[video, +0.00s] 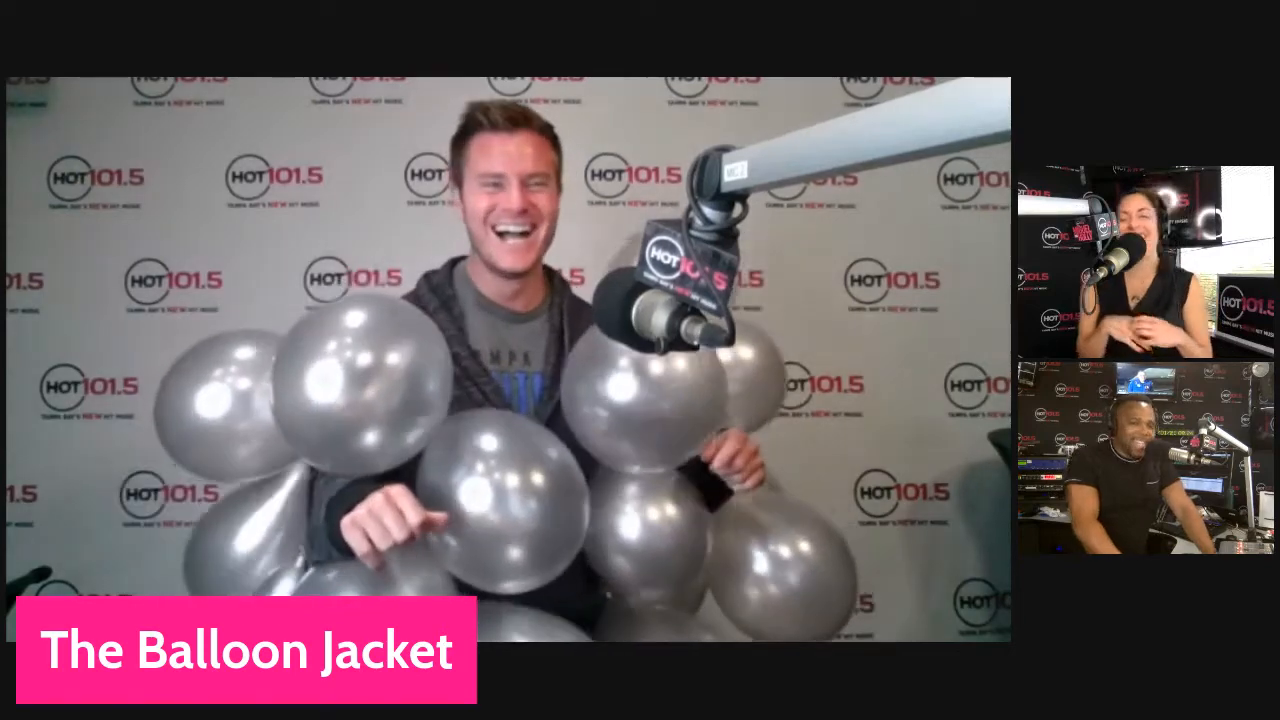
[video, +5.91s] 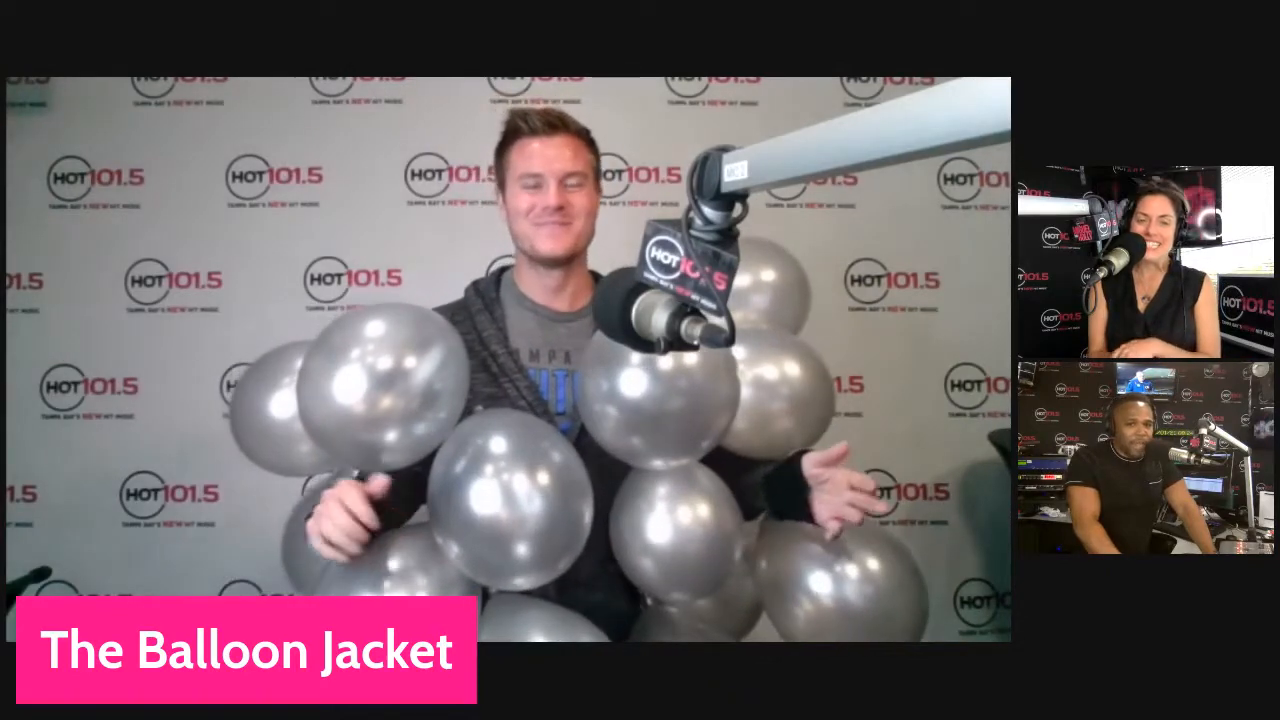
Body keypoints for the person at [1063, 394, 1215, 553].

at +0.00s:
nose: (1144, 432)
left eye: (1150, 425)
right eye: (1134, 423)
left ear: (1155, 430)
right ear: (1113, 428)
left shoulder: (1156, 457)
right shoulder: (1087, 459)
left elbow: (1184, 509)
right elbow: (1085, 525)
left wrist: (1210, 552)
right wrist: (1120, 561)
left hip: (1140, 555)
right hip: (1095, 557)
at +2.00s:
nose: (1144, 432)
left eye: (1150, 425)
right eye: (1134, 424)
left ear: (1156, 427)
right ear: (1114, 426)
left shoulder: (1156, 457)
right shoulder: (1087, 460)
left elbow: (1186, 507)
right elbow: (1086, 524)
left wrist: (1210, 551)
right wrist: (1119, 559)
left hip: (1142, 555)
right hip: (1098, 555)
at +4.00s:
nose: (1146, 430)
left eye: (1152, 424)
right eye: (1137, 421)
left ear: (1157, 430)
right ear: (1117, 422)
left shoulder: (1157, 457)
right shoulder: (1086, 459)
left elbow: (1186, 508)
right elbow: (1085, 524)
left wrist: (1210, 552)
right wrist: (1117, 560)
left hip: (1142, 555)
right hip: (1096, 557)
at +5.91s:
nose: (1141, 432)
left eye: (1147, 424)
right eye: (1131, 424)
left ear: (1153, 428)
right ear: (1112, 427)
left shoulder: (1158, 458)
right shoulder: (1087, 460)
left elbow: (1187, 508)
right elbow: (1086, 524)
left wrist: (1211, 552)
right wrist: (1119, 561)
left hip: (1143, 557)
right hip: (1098, 557)